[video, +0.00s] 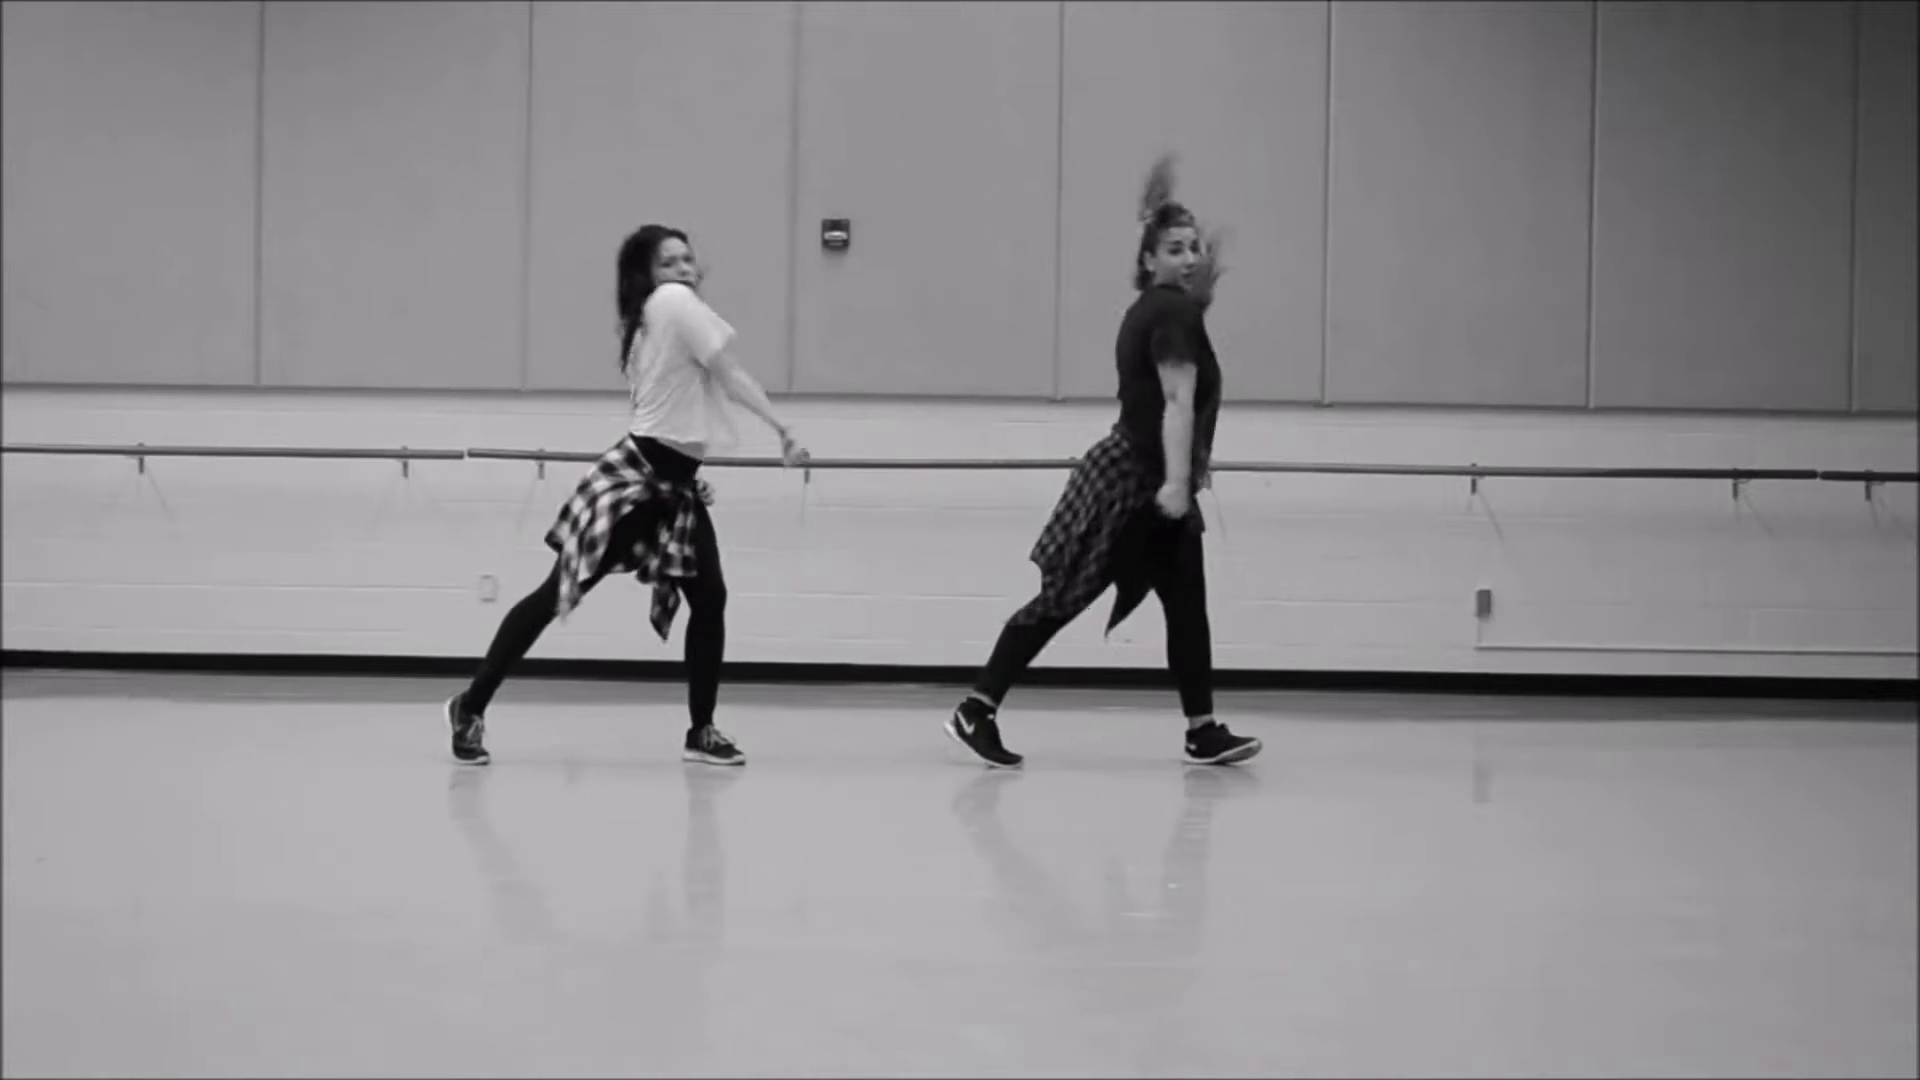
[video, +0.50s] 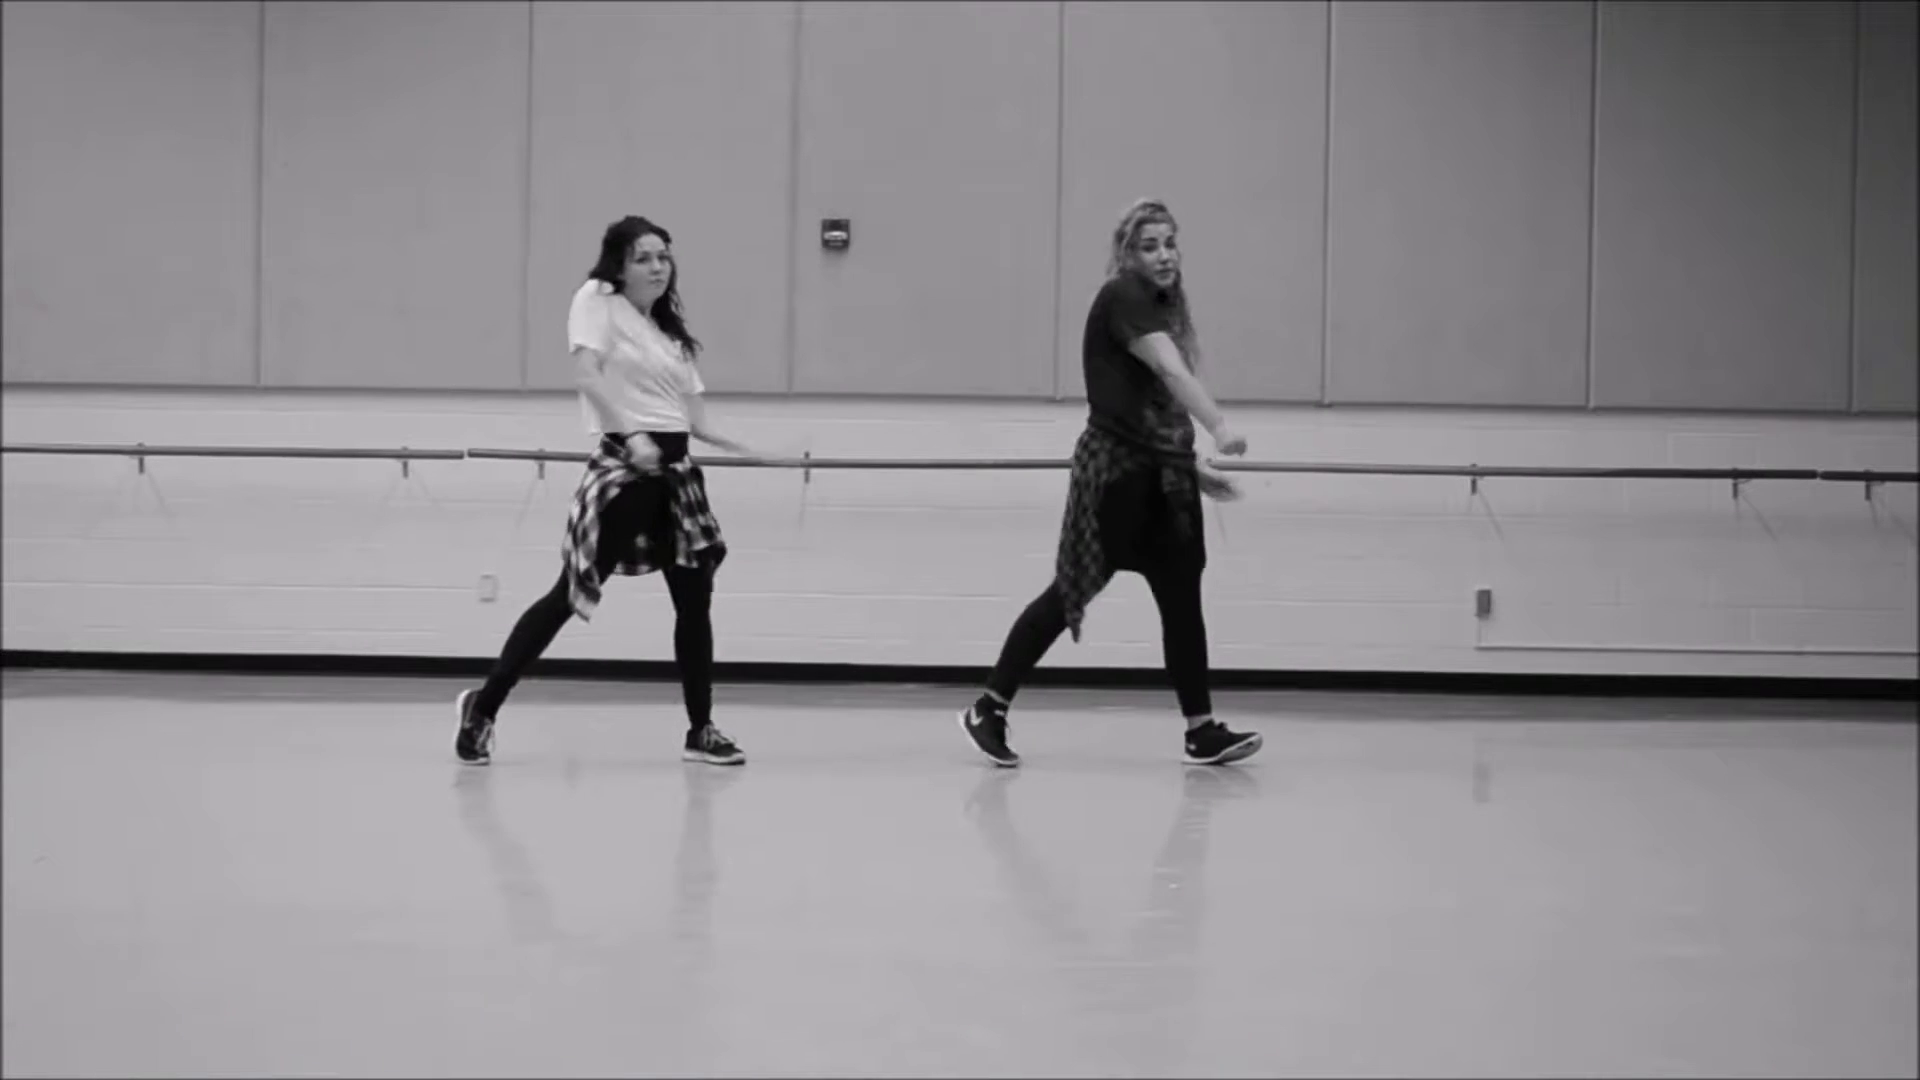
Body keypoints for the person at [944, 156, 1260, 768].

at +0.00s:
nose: (1191, 256)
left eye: (1194, 247)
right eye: (1177, 248)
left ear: (1194, 256)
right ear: (1153, 259)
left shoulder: (1158, 310)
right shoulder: (1170, 312)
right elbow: (1177, 400)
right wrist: (1177, 480)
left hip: (1160, 483)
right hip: (1136, 481)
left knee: (1187, 610)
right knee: (1067, 594)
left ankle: (1202, 729)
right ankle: (978, 707)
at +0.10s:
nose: (1179, 255)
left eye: (1184, 246)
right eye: (1166, 247)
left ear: (1191, 252)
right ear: (1140, 255)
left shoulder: (1145, 307)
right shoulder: (1160, 306)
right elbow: (1183, 387)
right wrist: (1199, 466)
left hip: (1159, 478)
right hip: (1134, 475)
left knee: (1187, 607)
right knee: (1075, 593)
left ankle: (1202, 728)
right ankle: (983, 704)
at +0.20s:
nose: (1172, 254)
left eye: (1178, 245)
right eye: (1160, 246)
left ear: (1185, 252)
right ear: (1136, 254)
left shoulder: (1149, 304)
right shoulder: (1148, 303)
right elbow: (1185, 380)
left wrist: (1185, 458)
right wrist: (1212, 453)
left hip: (1161, 474)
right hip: (1137, 475)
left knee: (1188, 605)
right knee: (1080, 590)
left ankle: (1201, 729)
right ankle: (988, 703)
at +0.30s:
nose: (1167, 255)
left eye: (1173, 245)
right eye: (1153, 246)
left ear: (1181, 249)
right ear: (1131, 253)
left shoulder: (1165, 304)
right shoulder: (1136, 300)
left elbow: (1175, 387)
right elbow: (1184, 368)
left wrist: (1192, 453)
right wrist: (1219, 438)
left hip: (1163, 471)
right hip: (1127, 471)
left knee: (1185, 604)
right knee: (1086, 591)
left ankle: (1201, 728)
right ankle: (994, 702)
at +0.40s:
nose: (1165, 254)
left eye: (1171, 244)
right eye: (1152, 246)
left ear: (1179, 249)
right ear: (1130, 253)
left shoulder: (1167, 306)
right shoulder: (1128, 296)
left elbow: (1176, 392)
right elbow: (1180, 363)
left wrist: (1195, 455)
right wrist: (1224, 430)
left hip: (1167, 469)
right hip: (1119, 468)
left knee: (1182, 604)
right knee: (1089, 592)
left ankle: (1201, 727)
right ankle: (997, 703)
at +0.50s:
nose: (1164, 254)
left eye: (1170, 244)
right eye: (1150, 246)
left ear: (1178, 249)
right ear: (1127, 254)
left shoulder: (1169, 307)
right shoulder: (1123, 297)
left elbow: (1163, 403)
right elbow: (1169, 370)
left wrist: (1191, 464)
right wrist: (1219, 426)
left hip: (1165, 472)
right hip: (1114, 469)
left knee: (1181, 601)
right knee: (1072, 591)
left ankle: (1201, 729)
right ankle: (989, 706)